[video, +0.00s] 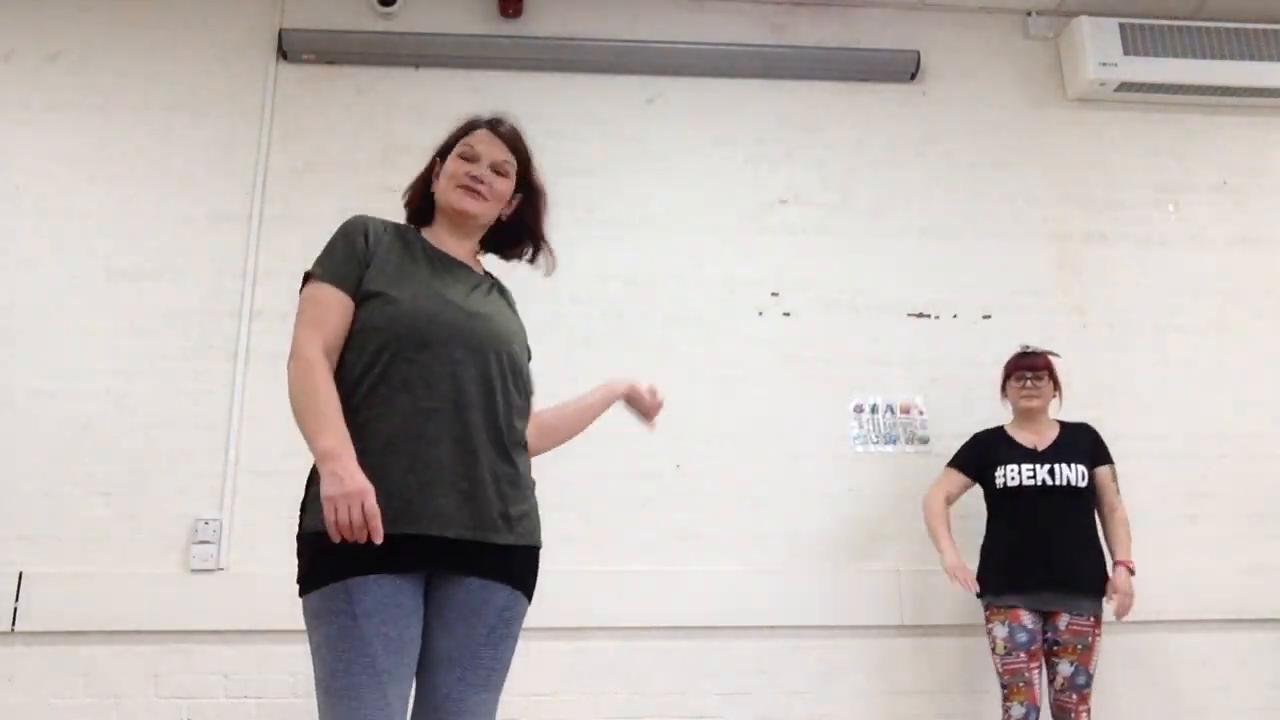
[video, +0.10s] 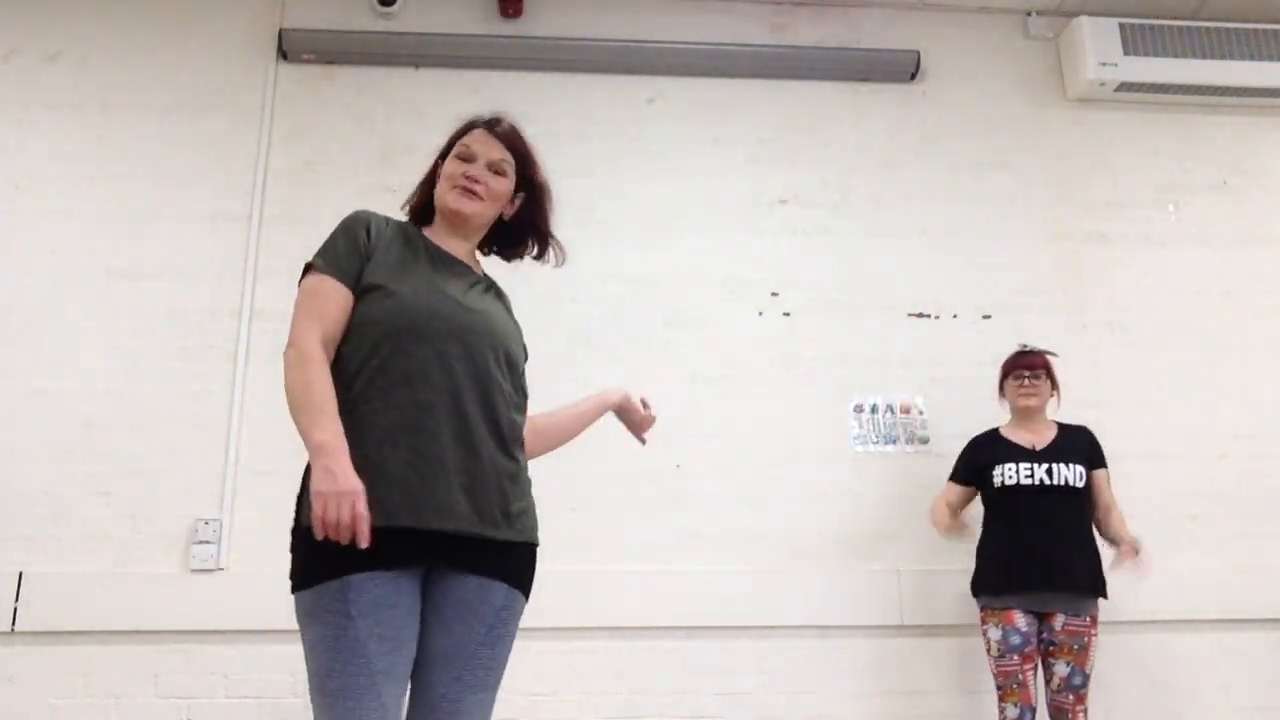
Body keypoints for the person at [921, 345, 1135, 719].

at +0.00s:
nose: (1029, 385)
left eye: (1039, 378)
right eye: (1020, 379)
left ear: (1054, 388)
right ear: (1006, 390)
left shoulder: (1084, 438)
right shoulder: (987, 444)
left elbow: (1111, 507)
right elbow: (936, 498)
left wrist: (1123, 566)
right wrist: (951, 557)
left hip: (1077, 594)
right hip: (1010, 594)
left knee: (1072, 708)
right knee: (1021, 708)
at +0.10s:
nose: (1027, 383)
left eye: (1036, 377)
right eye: (1018, 378)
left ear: (1051, 388)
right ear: (1004, 389)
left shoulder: (1081, 440)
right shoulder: (984, 446)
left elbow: (1105, 508)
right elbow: (946, 504)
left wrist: (1123, 537)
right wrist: (947, 522)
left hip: (1074, 593)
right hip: (1005, 595)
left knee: (1070, 708)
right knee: (1016, 708)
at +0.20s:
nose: (1024, 382)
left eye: (1033, 376)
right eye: (1014, 376)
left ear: (1048, 388)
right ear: (1000, 389)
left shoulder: (1075, 442)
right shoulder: (979, 447)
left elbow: (1118, 503)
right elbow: (941, 510)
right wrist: (924, 475)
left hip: (1068, 594)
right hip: (1001, 594)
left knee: (1067, 708)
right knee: (1012, 709)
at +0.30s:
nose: (1021, 384)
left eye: (1031, 378)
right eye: (1012, 378)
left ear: (1045, 390)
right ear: (996, 389)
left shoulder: (1072, 442)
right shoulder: (973, 446)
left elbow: (1148, 469)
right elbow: (914, 484)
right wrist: (888, 430)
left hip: (1066, 597)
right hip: (996, 597)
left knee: (1065, 707)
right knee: (1010, 707)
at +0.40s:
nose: (1015, 388)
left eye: (1024, 382)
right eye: (1005, 383)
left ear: (1040, 392)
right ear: (990, 393)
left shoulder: (1067, 440)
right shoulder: (968, 444)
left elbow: (1142, 431)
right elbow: (894, 457)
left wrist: (1176, 380)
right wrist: (857, 404)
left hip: (1063, 596)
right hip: (992, 597)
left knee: (1064, 708)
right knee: (1006, 709)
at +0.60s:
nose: (995, 391)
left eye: (1005, 385)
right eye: (986, 384)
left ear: (1020, 397)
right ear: (971, 394)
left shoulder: (1044, 441)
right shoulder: (947, 445)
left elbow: (1107, 410)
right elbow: (875, 439)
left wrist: (1123, 353)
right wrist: (836, 392)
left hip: (1046, 595)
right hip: (977, 597)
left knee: (1053, 709)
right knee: (989, 709)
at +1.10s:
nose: (947, 389)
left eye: (957, 383)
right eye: (938, 382)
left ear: (970, 395)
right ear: (920, 393)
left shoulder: (993, 431)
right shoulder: (899, 451)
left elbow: (1044, 393)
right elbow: (829, 450)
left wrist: (1061, 331)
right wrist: (788, 397)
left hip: (1025, 587)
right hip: (957, 597)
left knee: (1046, 705)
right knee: (980, 709)